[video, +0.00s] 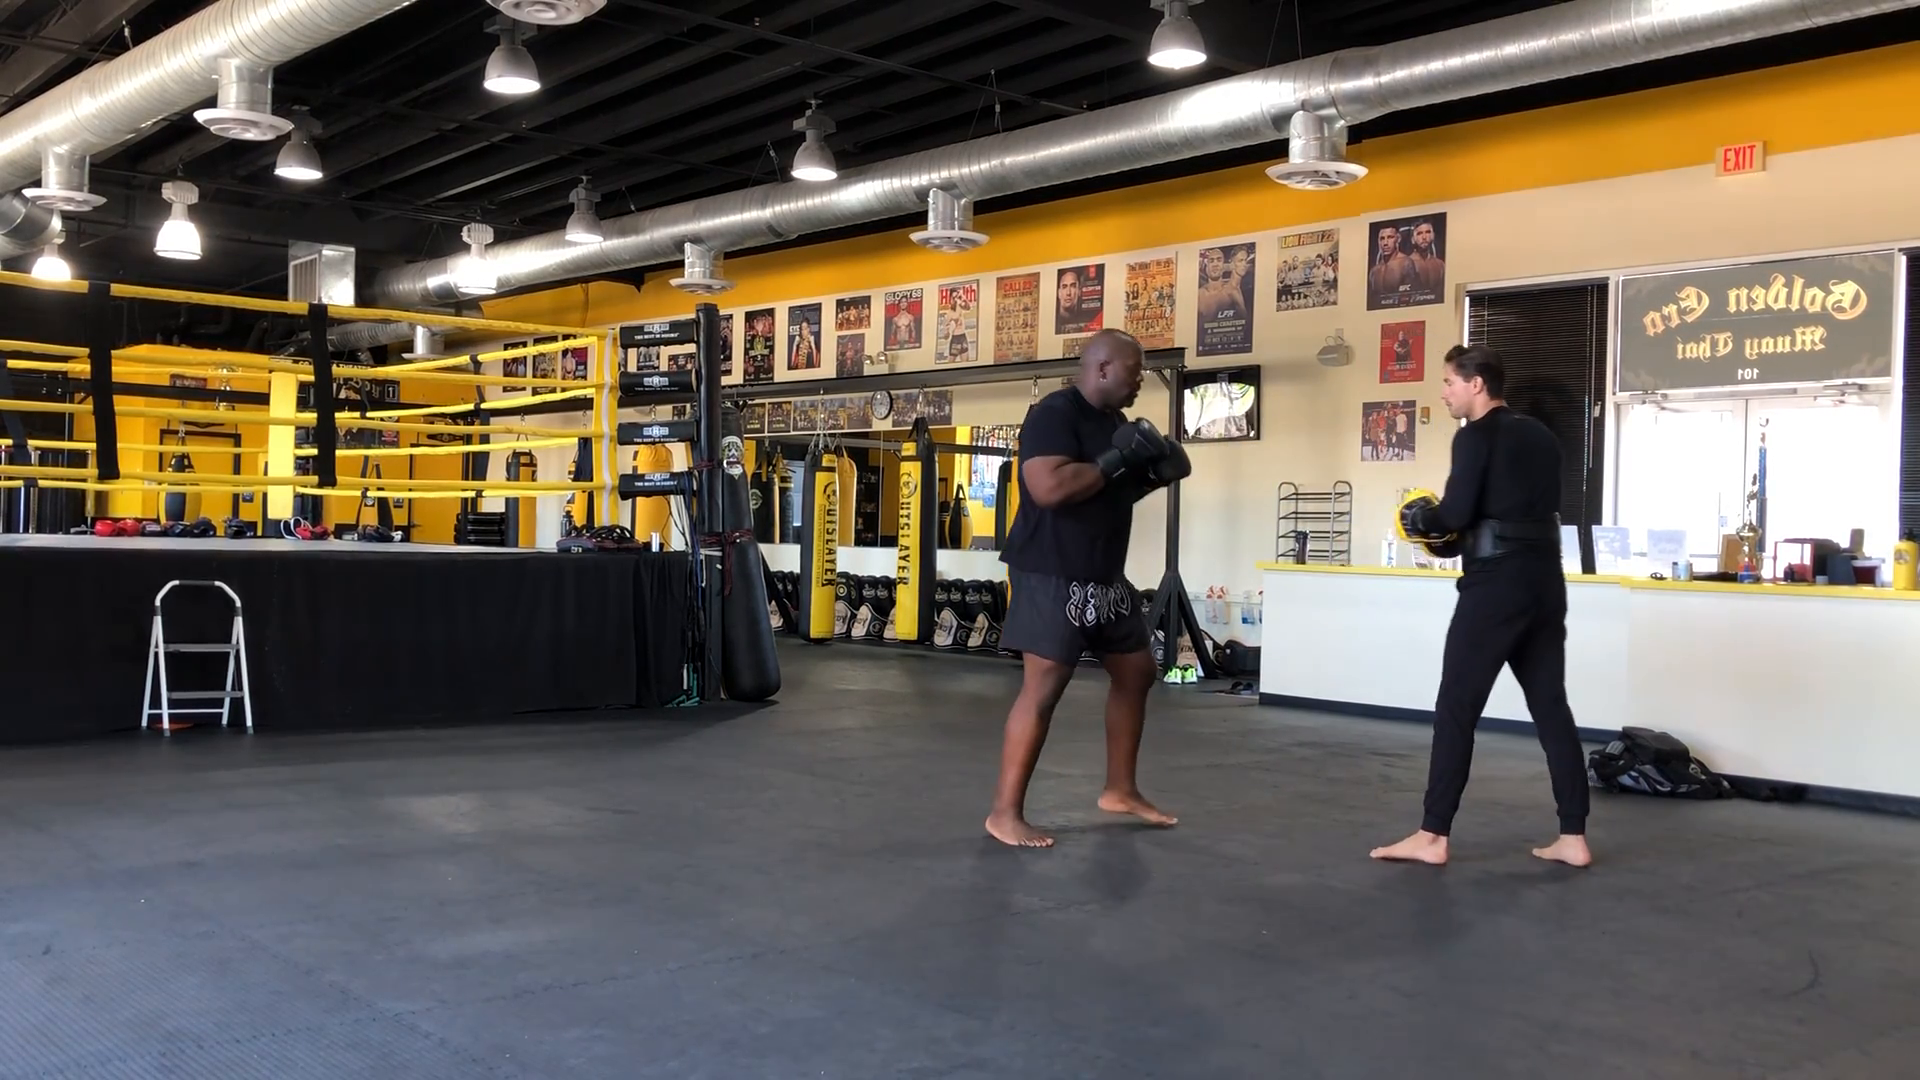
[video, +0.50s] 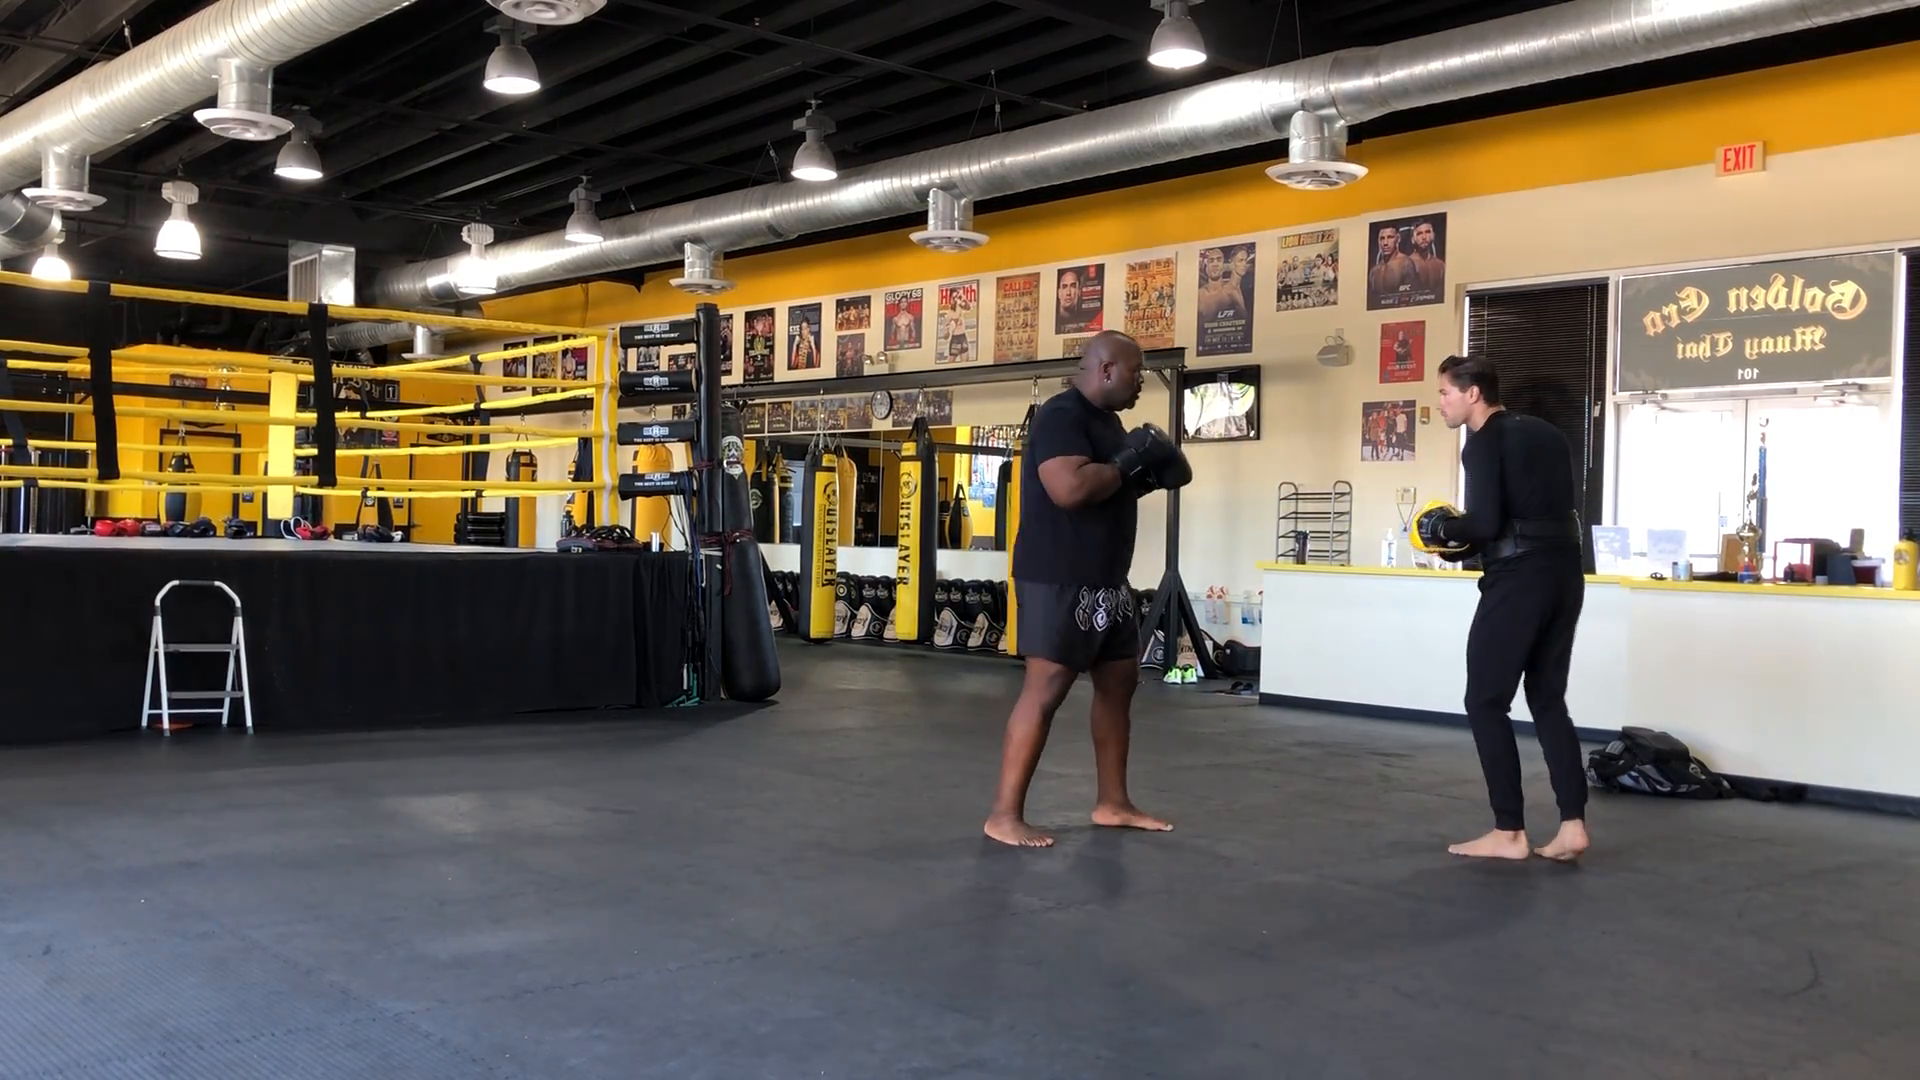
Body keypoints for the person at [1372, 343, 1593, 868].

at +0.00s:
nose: (1444, 394)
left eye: (1449, 384)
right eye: (1444, 384)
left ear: (1477, 384)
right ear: (1487, 385)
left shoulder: (1477, 436)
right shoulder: (1540, 435)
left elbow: (1455, 514)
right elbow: (1535, 513)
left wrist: (1420, 517)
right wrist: (1460, 534)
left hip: (1494, 587)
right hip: (1545, 585)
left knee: (1456, 709)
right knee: (1552, 710)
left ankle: (1432, 834)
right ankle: (1574, 838)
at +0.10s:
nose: (1453, 397)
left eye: (1457, 386)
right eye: (1452, 386)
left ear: (1486, 386)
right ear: (1495, 388)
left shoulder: (1487, 434)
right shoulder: (1550, 436)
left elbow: (1471, 512)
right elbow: (1545, 516)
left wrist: (1434, 515)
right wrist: (1468, 533)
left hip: (1508, 583)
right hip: (1556, 584)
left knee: (1459, 704)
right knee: (1560, 712)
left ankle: (1436, 831)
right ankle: (1575, 839)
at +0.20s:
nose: (1457, 397)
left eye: (1462, 387)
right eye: (1456, 387)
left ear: (1492, 386)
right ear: (1501, 388)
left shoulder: (1491, 431)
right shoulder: (1555, 434)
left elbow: (1484, 511)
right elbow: (1550, 519)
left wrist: (1441, 508)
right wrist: (1472, 536)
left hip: (1516, 578)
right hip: (1564, 579)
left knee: (1460, 697)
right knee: (1561, 706)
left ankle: (1458, 829)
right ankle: (1575, 838)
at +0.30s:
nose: (1456, 397)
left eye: (1461, 386)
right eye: (1455, 386)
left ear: (1490, 385)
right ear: (1496, 389)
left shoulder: (1493, 433)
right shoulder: (1554, 433)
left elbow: (1490, 512)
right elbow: (1553, 516)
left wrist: (1445, 511)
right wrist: (1475, 537)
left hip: (1517, 576)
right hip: (1564, 576)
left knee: (1468, 697)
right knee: (1562, 705)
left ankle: (1495, 826)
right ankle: (1575, 836)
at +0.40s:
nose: (1450, 398)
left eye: (1456, 388)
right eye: (1450, 388)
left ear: (1484, 388)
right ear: (1489, 389)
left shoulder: (1491, 434)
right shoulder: (1552, 433)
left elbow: (1490, 516)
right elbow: (1555, 515)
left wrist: (1445, 516)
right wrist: (1476, 540)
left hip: (1517, 576)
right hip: (1565, 576)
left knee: (1482, 701)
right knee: (1556, 701)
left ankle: (1507, 830)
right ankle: (1574, 834)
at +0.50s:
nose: (1440, 404)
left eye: (1446, 394)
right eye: (1440, 394)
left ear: (1473, 394)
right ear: (1481, 395)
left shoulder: (1484, 440)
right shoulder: (1546, 434)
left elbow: (1484, 525)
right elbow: (1547, 520)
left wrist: (1445, 529)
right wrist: (1473, 547)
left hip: (1518, 577)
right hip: (1566, 576)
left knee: (1485, 701)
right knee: (1548, 699)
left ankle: (1508, 833)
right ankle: (1573, 827)